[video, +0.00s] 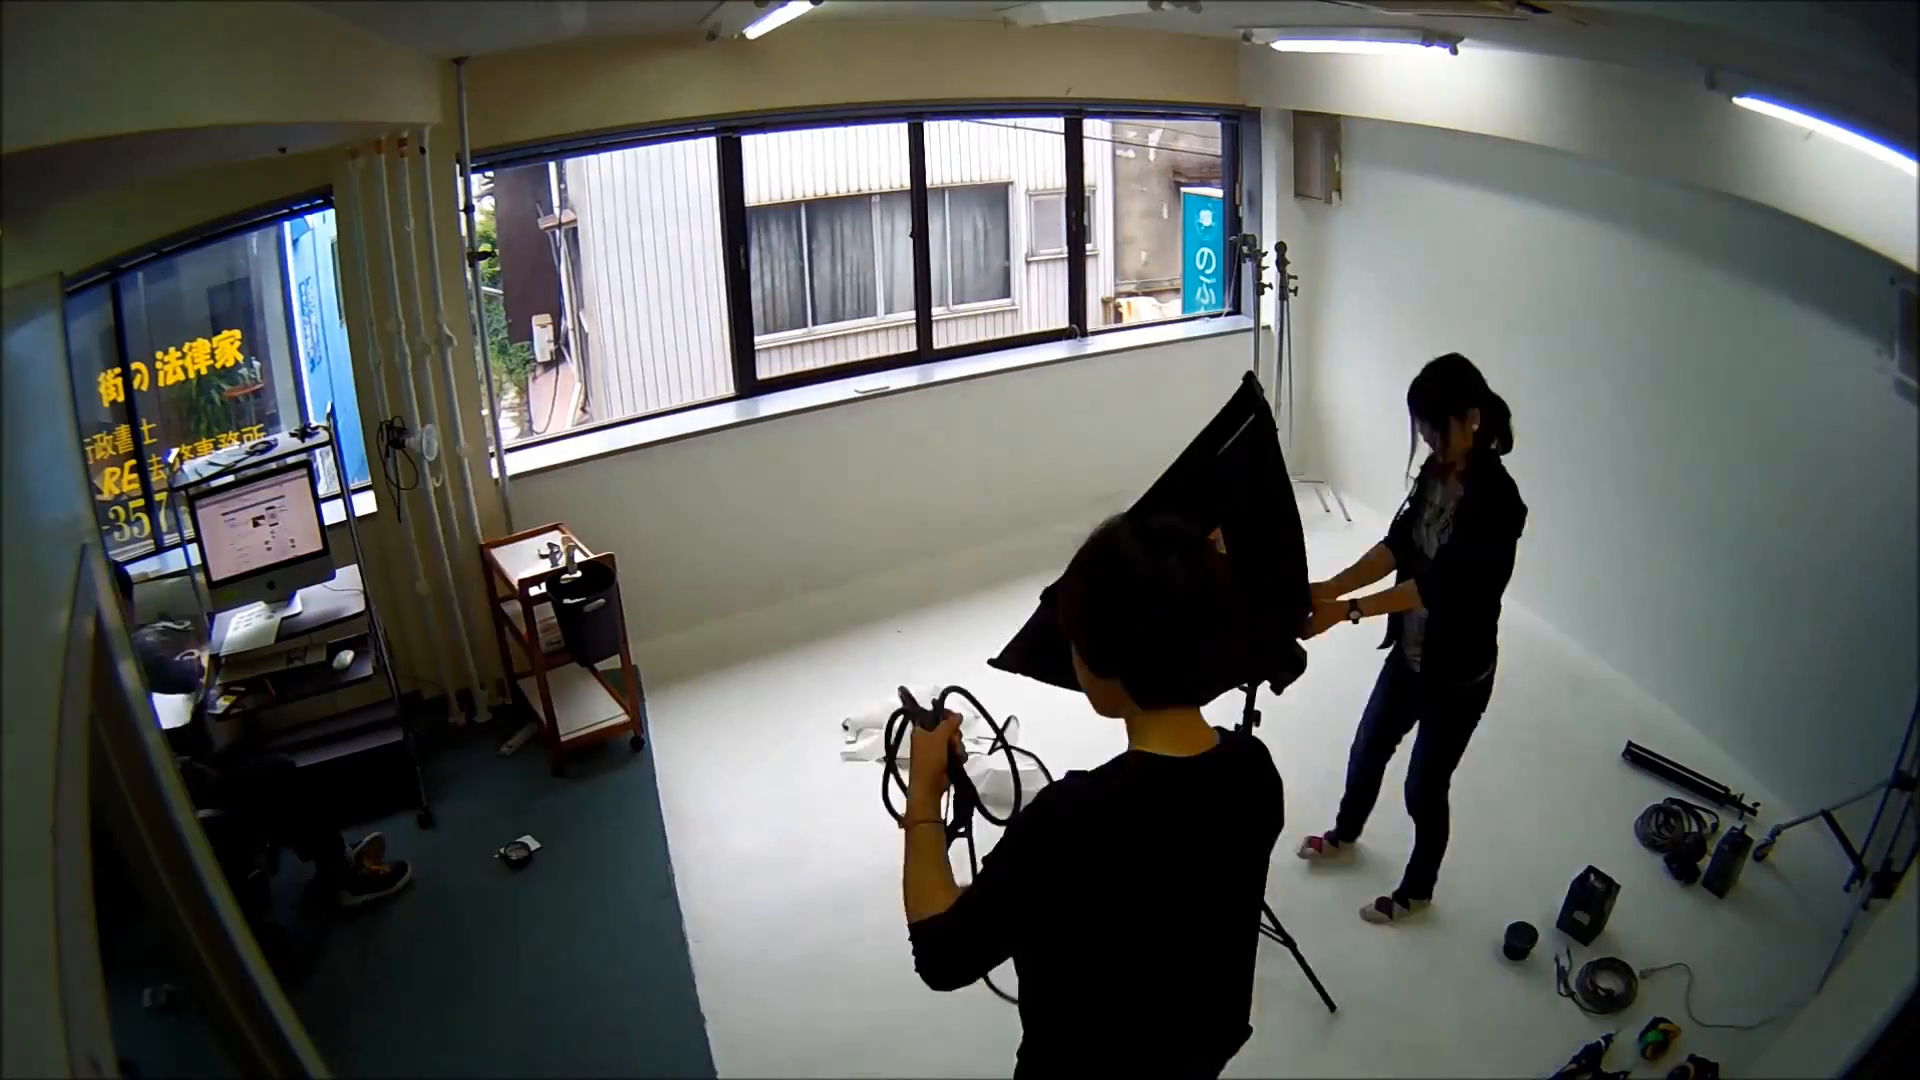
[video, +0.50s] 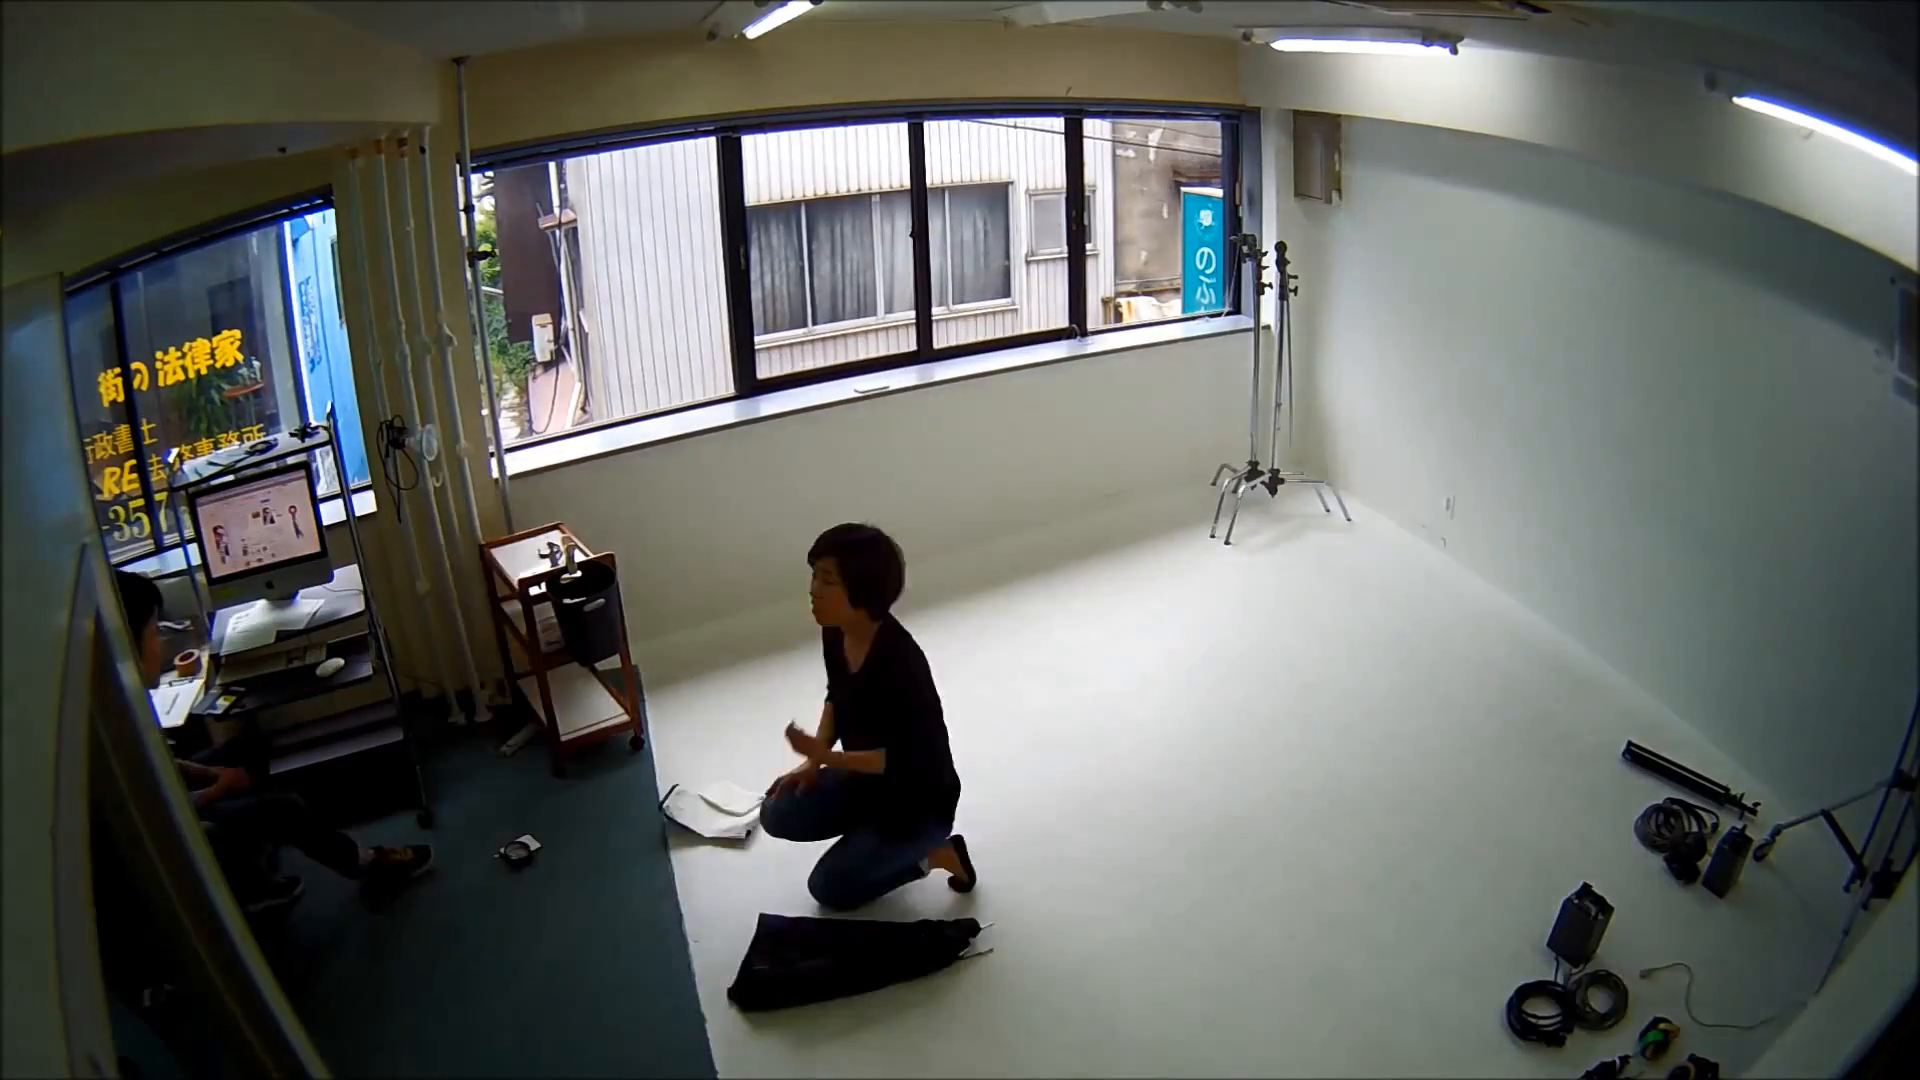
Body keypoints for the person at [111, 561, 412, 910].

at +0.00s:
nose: (133, 611)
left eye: (129, 600)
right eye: (127, 601)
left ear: (105, 604)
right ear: (113, 604)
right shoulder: (128, 651)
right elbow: (186, 679)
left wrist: (180, 665)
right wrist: (193, 661)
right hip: (163, 782)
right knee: (278, 775)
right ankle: (340, 870)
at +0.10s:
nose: (161, 617)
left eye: (157, 608)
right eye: (156, 609)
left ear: (124, 619)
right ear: (143, 619)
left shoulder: (118, 668)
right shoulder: (147, 681)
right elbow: (232, 719)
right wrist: (297, 684)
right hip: (180, 796)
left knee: (252, 764)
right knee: (269, 781)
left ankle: (333, 852)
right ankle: (342, 871)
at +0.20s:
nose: (176, 609)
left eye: (172, 603)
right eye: (171, 604)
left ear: (133, 613)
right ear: (160, 612)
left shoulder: (139, 661)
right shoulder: (159, 679)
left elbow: (191, 658)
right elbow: (238, 727)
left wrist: (189, 631)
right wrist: (296, 684)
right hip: (192, 798)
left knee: (266, 772)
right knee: (277, 782)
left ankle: (333, 853)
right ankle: (341, 872)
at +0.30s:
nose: (159, 633)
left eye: (154, 624)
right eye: (151, 625)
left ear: (128, 636)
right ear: (131, 636)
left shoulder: (127, 685)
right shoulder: (121, 697)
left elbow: (156, 759)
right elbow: (150, 782)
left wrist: (199, 776)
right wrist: (211, 785)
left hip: (174, 788)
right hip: (165, 815)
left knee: (247, 752)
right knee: (272, 794)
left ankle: (251, 881)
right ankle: (349, 877)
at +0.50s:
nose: (160, 642)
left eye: (156, 628)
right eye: (154, 630)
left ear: (129, 640)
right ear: (131, 640)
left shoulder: (121, 699)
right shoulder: (111, 714)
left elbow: (156, 766)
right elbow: (153, 807)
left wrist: (210, 776)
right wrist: (216, 790)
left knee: (243, 752)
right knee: (280, 808)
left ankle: (252, 880)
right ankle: (365, 862)